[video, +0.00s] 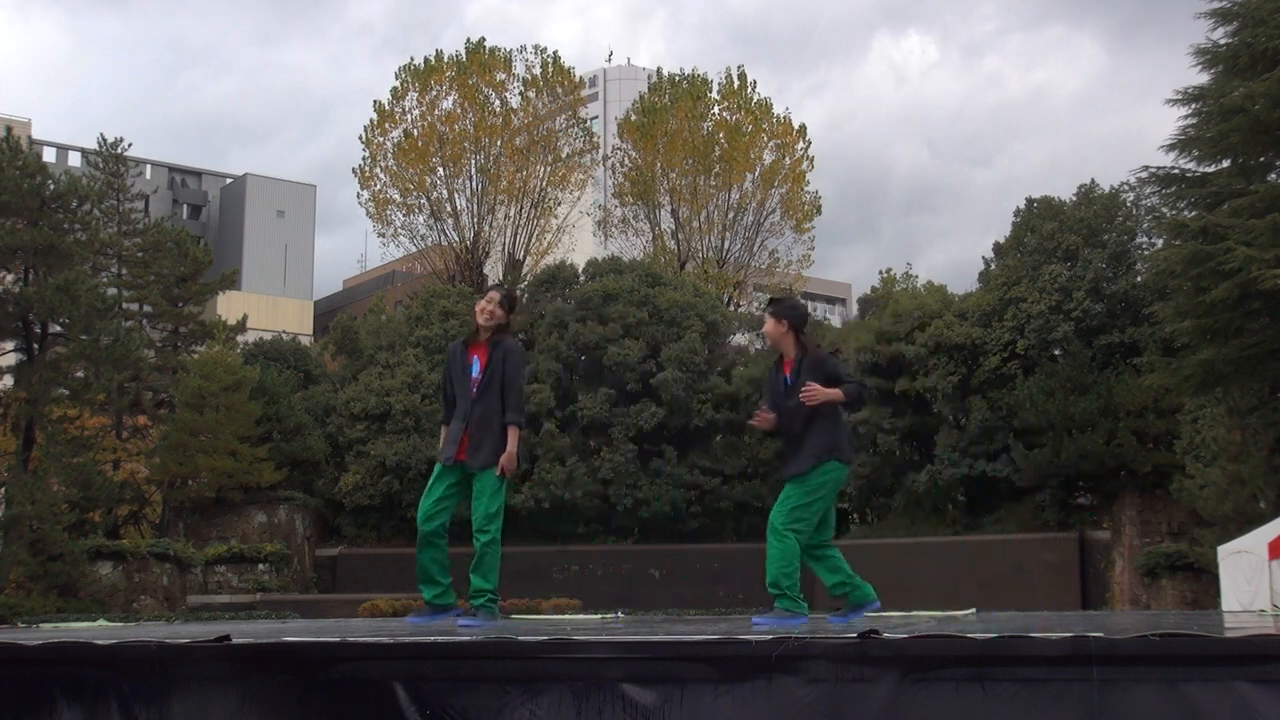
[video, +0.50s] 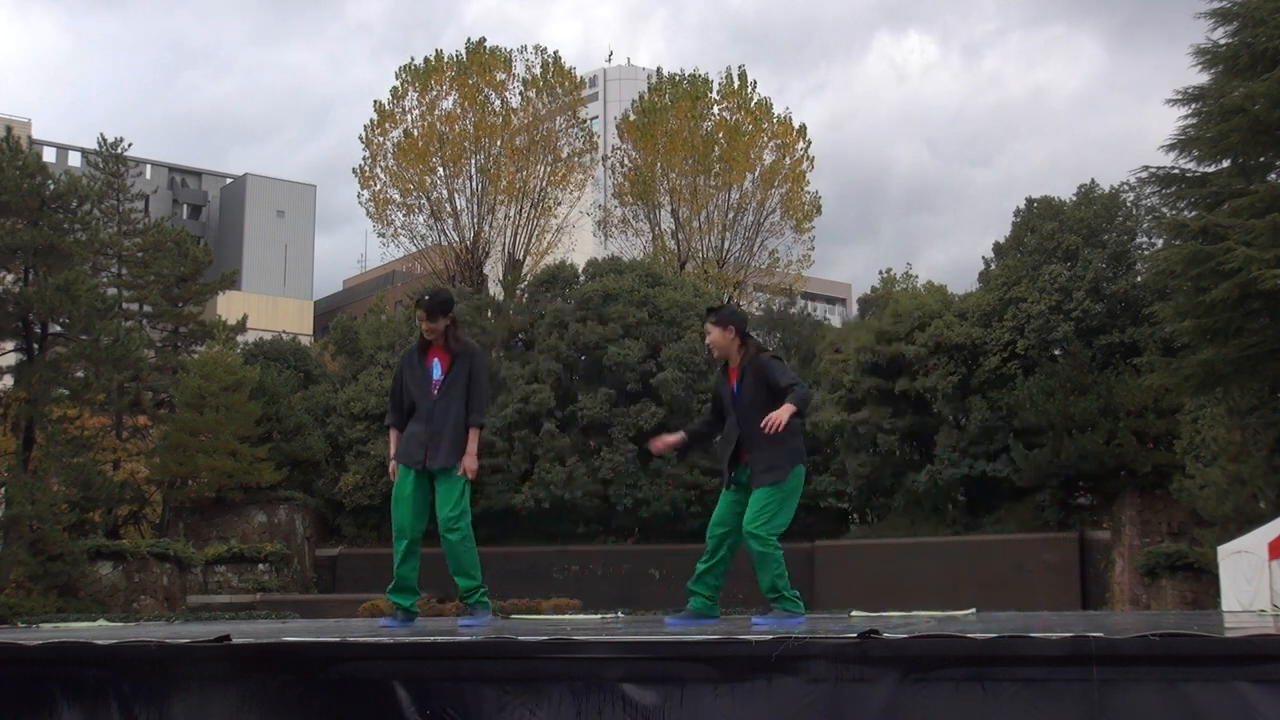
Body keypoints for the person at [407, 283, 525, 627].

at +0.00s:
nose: (487, 308)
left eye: (495, 306)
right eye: (485, 301)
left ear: (505, 317)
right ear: (476, 305)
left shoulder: (510, 350)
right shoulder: (457, 350)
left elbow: (514, 400)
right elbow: (449, 401)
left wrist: (512, 447)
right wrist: (445, 441)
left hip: (491, 452)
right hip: (455, 449)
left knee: (484, 529)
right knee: (428, 519)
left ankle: (485, 606)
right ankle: (439, 602)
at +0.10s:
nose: (472, 311)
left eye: (482, 309)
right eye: (472, 305)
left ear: (495, 321)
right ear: (466, 309)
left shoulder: (503, 353)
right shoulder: (449, 349)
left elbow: (507, 404)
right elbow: (439, 404)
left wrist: (504, 449)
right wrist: (433, 448)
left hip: (484, 453)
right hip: (446, 450)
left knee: (484, 530)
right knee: (427, 525)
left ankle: (484, 606)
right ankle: (412, 603)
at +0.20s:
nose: (458, 322)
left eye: (466, 321)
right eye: (457, 316)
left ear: (484, 324)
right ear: (456, 310)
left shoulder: (495, 353)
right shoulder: (441, 349)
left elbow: (500, 405)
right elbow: (430, 402)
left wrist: (496, 449)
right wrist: (423, 449)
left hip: (476, 453)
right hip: (437, 451)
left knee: (480, 531)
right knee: (421, 528)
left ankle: (484, 606)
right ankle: (405, 605)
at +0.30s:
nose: (445, 320)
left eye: (452, 318)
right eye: (445, 314)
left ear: (471, 322)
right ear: (443, 313)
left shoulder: (487, 354)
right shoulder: (430, 352)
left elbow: (492, 405)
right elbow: (419, 404)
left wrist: (488, 450)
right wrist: (413, 452)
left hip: (467, 456)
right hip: (428, 453)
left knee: (475, 532)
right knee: (416, 531)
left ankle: (483, 606)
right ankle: (405, 607)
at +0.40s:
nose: (431, 324)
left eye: (438, 319)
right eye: (429, 318)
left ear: (457, 320)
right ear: (428, 318)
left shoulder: (477, 355)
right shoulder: (418, 354)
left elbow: (484, 408)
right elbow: (406, 408)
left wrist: (478, 452)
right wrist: (402, 454)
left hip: (456, 455)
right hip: (415, 455)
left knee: (466, 531)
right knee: (409, 532)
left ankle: (481, 606)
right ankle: (404, 607)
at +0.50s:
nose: (425, 326)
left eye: (432, 321)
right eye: (422, 320)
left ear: (448, 320)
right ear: (417, 318)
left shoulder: (470, 355)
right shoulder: (410, 356)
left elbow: (477, 408)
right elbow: (396, 410)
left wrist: (471, 452)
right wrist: (393, 456)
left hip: (451, 455)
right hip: (410, 456)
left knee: (453, 527)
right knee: (405, 531)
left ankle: (476, 604)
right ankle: (404, 607)